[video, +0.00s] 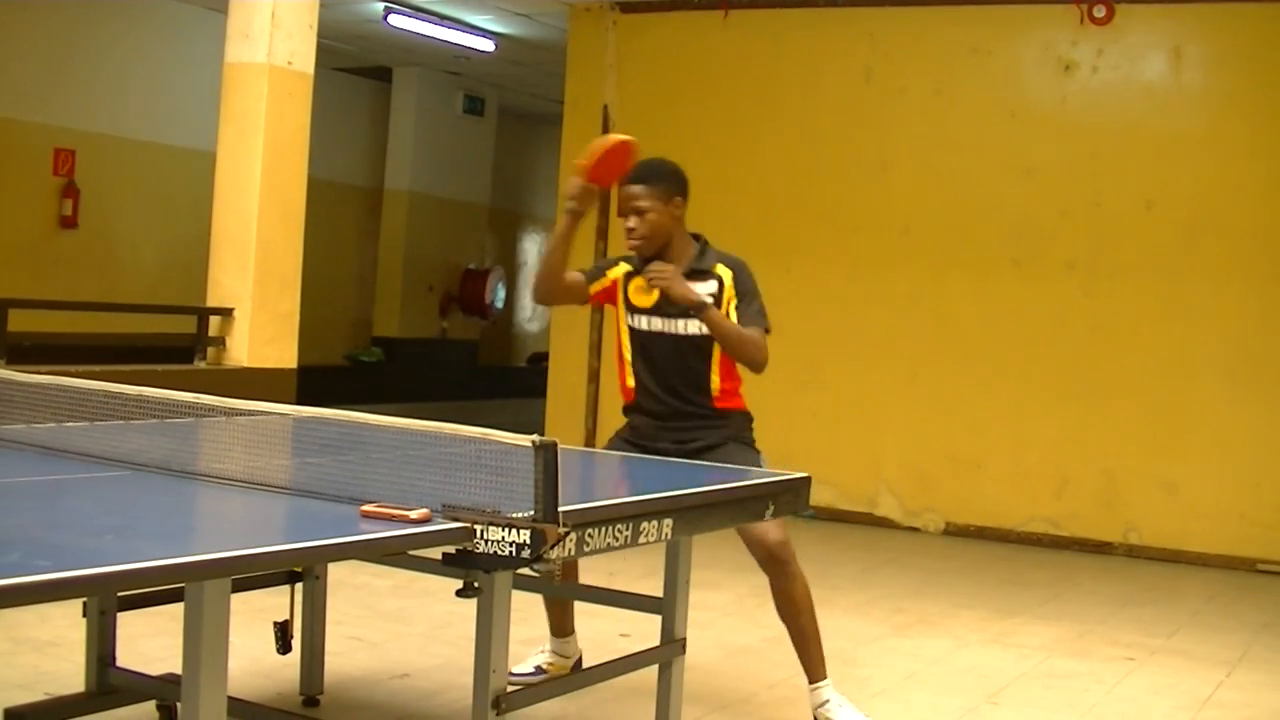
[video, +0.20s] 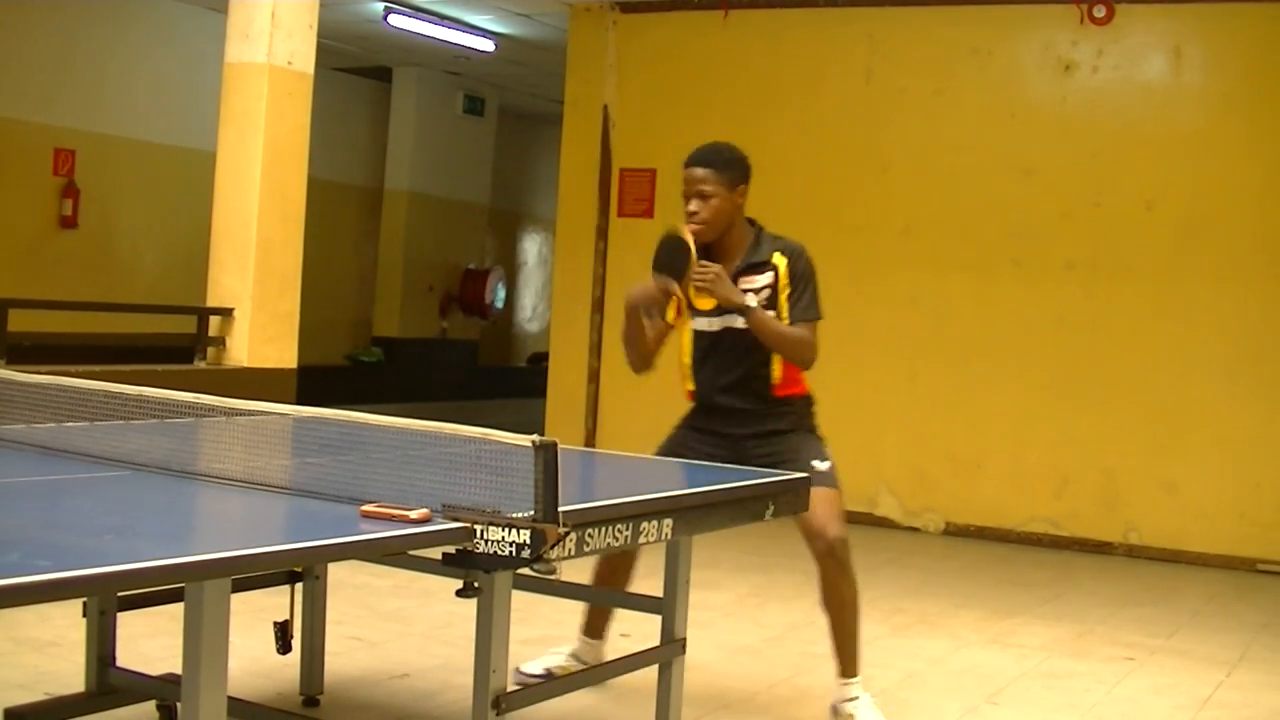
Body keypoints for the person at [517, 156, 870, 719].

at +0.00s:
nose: (627, 223)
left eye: (640, 211)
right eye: (622, 212)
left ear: (678, 209)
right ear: (620, 215)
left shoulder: (726, 273)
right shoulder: (623, 273)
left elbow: (757, 356)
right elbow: (547, 292)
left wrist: (695, 301)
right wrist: (569, 219)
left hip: (719, 440)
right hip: (642, 436)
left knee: (776, 545)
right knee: (553, 521)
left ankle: (822, 693)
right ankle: (562, 653)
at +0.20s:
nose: (691, 207)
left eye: (704, 195)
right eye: (686, 194)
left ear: (740, 197)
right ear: (683, 196)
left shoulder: (784, 258)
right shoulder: (677, 256)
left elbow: (805, 352)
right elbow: (639, 360)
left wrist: (739, 302)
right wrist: (637, 309)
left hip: (784, 429)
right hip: (708, 425)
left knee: (830, 537)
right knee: (623, 515)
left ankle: (850, 690)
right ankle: (588, 652)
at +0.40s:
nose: (742, 263)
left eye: (755, 252)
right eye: (738, 250)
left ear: (791, 250)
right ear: (734, 248)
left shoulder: (840, 304)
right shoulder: (728, 320)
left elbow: (871, 397)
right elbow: (698, 409)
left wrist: (804, 357)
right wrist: (709, 440)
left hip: (851, 450)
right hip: (777, 449)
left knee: (902, 557)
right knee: (682, 538)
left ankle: (945, 701)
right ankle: (679, 663)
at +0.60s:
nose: (777, 287)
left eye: (790, 275)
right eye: (773, 273)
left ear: (828, 269)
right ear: (767, 266)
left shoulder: (874, 312)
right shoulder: (759, 324)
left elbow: (914, 403)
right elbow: (682, 396)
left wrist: (859, 382)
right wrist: (696, 435)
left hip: (875, 452)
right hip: (799, 453)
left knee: (919, 556)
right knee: (701, 544)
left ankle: (950, 703)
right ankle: (682, 665)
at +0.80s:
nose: (775, 244)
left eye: (787, 231)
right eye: (769, 230)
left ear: (824, 224)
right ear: (764, 225)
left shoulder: (868, 276)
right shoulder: (748, 281)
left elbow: (913, 364)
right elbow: (654, 318)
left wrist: (875, 333)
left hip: (855, 431)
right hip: (776, 430)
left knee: (904, 547)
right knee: (687, 523)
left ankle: (926, 701)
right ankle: (671, 657)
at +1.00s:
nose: (731, 223)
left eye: (745, 211)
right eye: (727, 210)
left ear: (781, 212)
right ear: (724, 210)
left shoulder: (823, 274)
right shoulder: (715, 277)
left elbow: (847, 366)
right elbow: (635, 336)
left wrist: (798, 310)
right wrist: (599, 293)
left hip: (815, 441)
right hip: (737, 437)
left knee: (870, 555)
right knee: (649, 529)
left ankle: (917, 703)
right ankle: (648, 664)